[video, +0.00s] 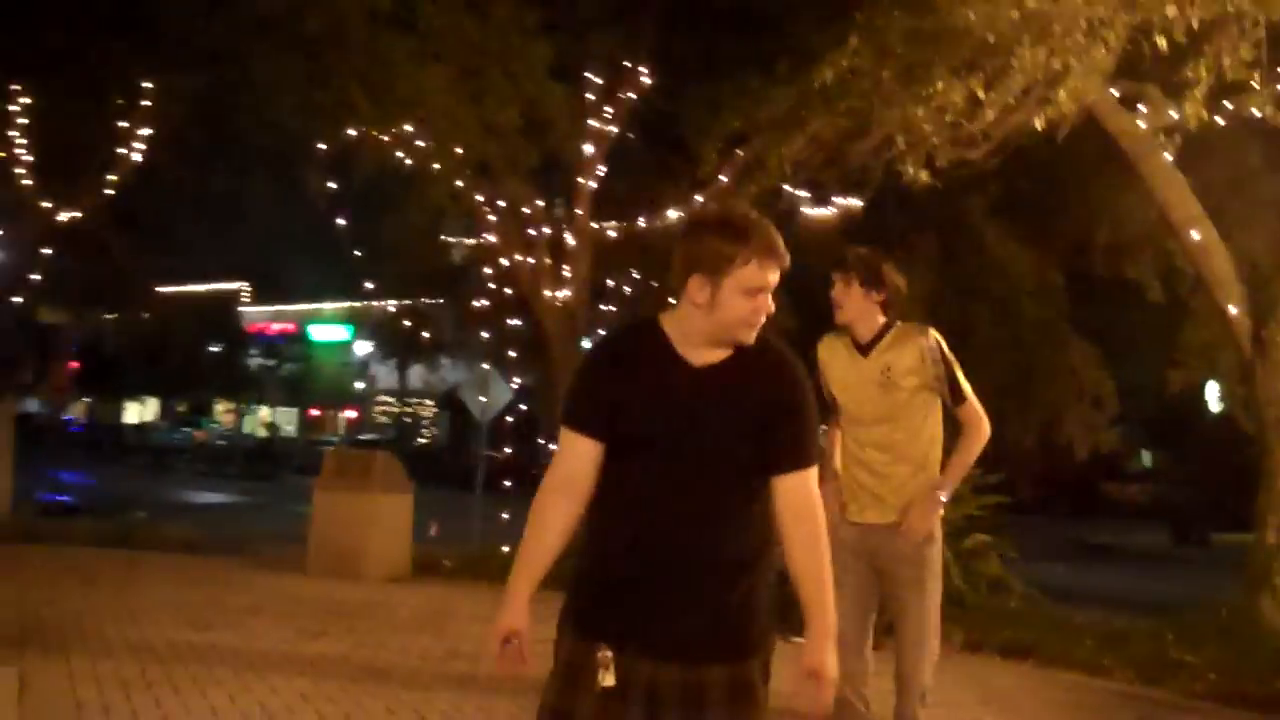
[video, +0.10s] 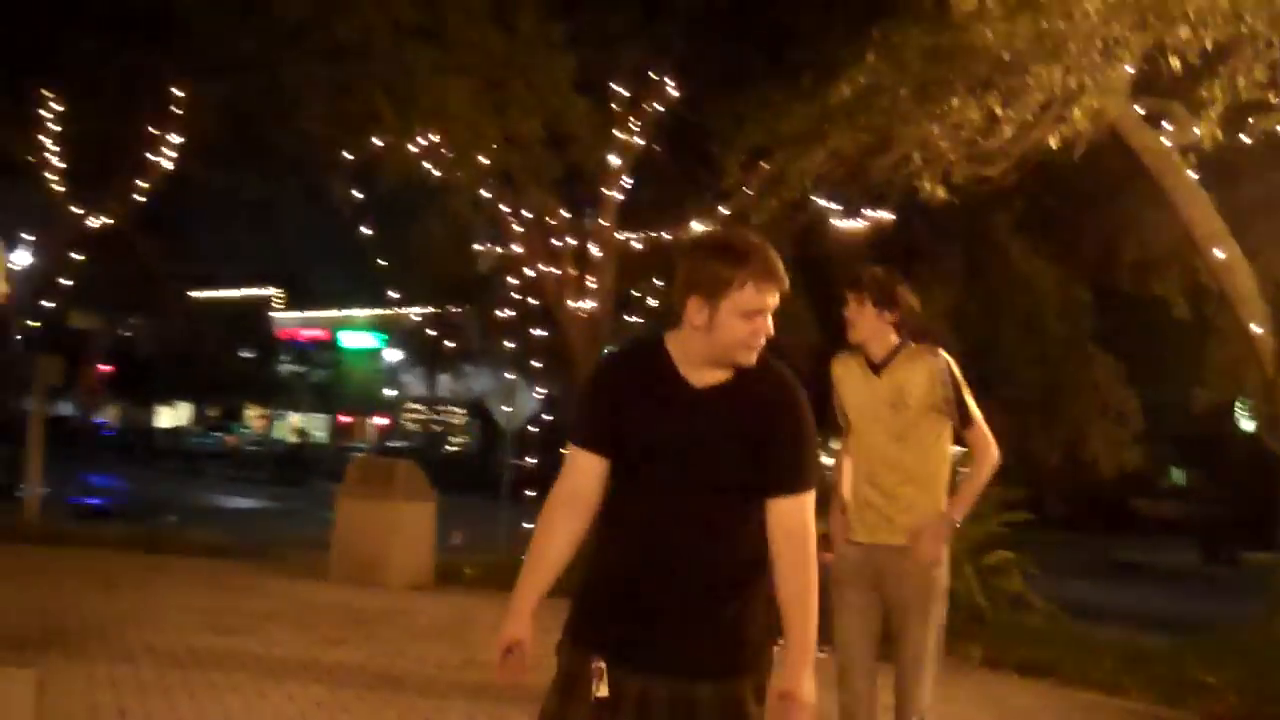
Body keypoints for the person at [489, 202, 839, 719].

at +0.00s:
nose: (768, 308)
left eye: (772, 291)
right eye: (753, 292)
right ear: (699, 291)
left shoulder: (777, 378)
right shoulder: (618, 362)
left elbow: (801, 511)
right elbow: (566, 486)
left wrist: (821, 633)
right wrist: (517, 598)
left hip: (725, 646)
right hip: (609, 639)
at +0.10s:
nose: (767, 330)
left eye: (771, 314)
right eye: (751, 314)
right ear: (697, 311)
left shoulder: (776, 399)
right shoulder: (621, 379)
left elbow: (794, 535)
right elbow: (574, 497)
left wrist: (799, 659)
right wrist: (521, 609)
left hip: (723, 657)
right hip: (610, 651)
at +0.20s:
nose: (769, 364)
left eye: (774, 348)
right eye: (752, 348)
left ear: (779, 344)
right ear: (698, 342)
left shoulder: (780, 433)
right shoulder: (633, 406)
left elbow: (786, 577)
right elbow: (581, 528)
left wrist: (776, 692)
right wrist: (529, 636)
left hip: (726, 679)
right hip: (629, 671)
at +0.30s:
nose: (749, 385)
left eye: (755, 369)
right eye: (731, 371)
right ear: (678, 364)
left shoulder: (756, 449)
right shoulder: (618, 424)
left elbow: (753, 588)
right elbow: (565, 539)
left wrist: (732, 701)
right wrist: (511, 647)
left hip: (697, 685)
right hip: (602, 672)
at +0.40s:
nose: (725, 382)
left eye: (732, 367)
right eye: (705, 368)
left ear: (738, 366)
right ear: (655, 362)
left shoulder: (733, 449)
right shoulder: (599, 421)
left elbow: (719, 586)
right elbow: (545, 532)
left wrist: (694, 697)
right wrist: (490, 638)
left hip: (672, 682)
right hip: (583, 666)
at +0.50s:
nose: (677, 365)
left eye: (683, 350)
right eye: (658, 349)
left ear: (690, 350)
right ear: (607, 343)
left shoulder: (683, 435)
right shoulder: (553, 409)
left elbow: (672, 570)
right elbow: (495, 521)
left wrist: (645, 676)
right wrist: (441, 623)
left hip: (621, 671)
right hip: (530, 654)